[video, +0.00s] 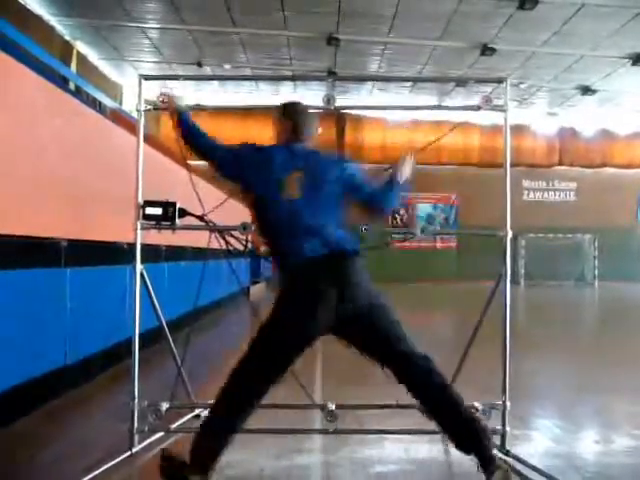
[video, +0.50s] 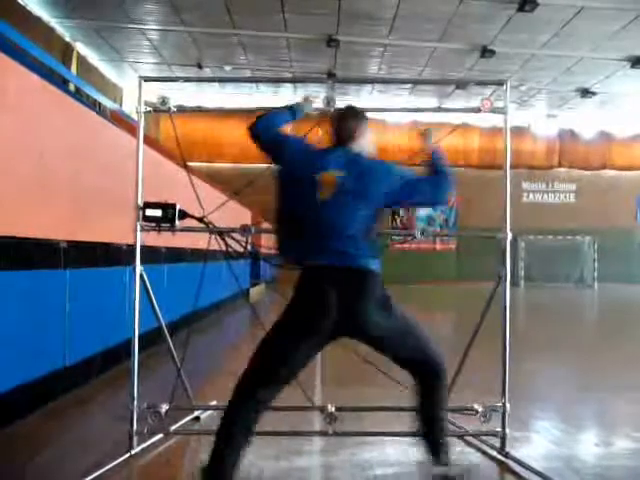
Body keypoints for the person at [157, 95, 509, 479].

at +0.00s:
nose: (275, 131)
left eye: (278, 125)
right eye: (283, 126)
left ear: (280, 129)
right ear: (314, 131)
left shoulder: (259, 161)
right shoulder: (333, 166)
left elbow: (211, 150)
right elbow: (380, 204)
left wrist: (179, 114)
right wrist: (400, 176)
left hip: (305, 291)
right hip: (352, 285)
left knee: (251, 378)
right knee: (409, 363)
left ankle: (198, 462)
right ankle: (480, 445)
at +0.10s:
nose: (274, 146)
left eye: (265, 141)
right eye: (282, 142)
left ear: (254, 148)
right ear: (288, 151)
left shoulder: (236, 176)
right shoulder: (300, 187)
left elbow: (203, 148)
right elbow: (333, 238)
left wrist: (172, 112)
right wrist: (374, 220)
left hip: (281, 306)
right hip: (322, 298)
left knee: (207, 379)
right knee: (394, 373)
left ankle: (186, 469)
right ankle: (477, 453)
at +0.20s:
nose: (295, 147)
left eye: (292, 142)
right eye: (295, 142)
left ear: (259, 143)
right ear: (291, 145)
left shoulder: (225, 184)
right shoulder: (304, 177)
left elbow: (174, 202)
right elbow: (350, 222)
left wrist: (155, 166)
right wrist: (377, 195)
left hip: (270, 302)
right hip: (318, 295)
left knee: (203, 380)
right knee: (367, 376)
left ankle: (186, 466)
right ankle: (410, 454)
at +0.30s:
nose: (318, 134)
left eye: (317, 129)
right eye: (317, 128)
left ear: (277, 131)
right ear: (310, 131)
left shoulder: (252, 172)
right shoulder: (327, 159)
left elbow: (213, 221)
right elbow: (385, 172)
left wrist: (194, 207)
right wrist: (382, 138)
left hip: (286, 287)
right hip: (333, 283)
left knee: (224, 379)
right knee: (350, 378)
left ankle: (188, 465)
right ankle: (352, 469)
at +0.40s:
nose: (335, 141)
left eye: (334, 135)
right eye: (334, 135)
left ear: (295, 137)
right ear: (328, 137)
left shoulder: (265, 170)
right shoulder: (342, 165)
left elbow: (218, 176)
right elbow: (402, 186)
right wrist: (384, 146)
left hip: (294, 295)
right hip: (341, 292)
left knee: (238, 390)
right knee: (369, 380)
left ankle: (223, 473)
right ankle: (362, 471)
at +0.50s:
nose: (367, 139)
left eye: (360, 132)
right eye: (366, 134)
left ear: (331, 133)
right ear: (364, 137)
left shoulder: (298, 157)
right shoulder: (376, 173)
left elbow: (261, 127)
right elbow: (439, 190)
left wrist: (298, 110)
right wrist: (434, 151)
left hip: (312, 297)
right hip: (363, 299)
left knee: (254, 388)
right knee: (429, 366)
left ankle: (218, 473)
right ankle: (438, 458)